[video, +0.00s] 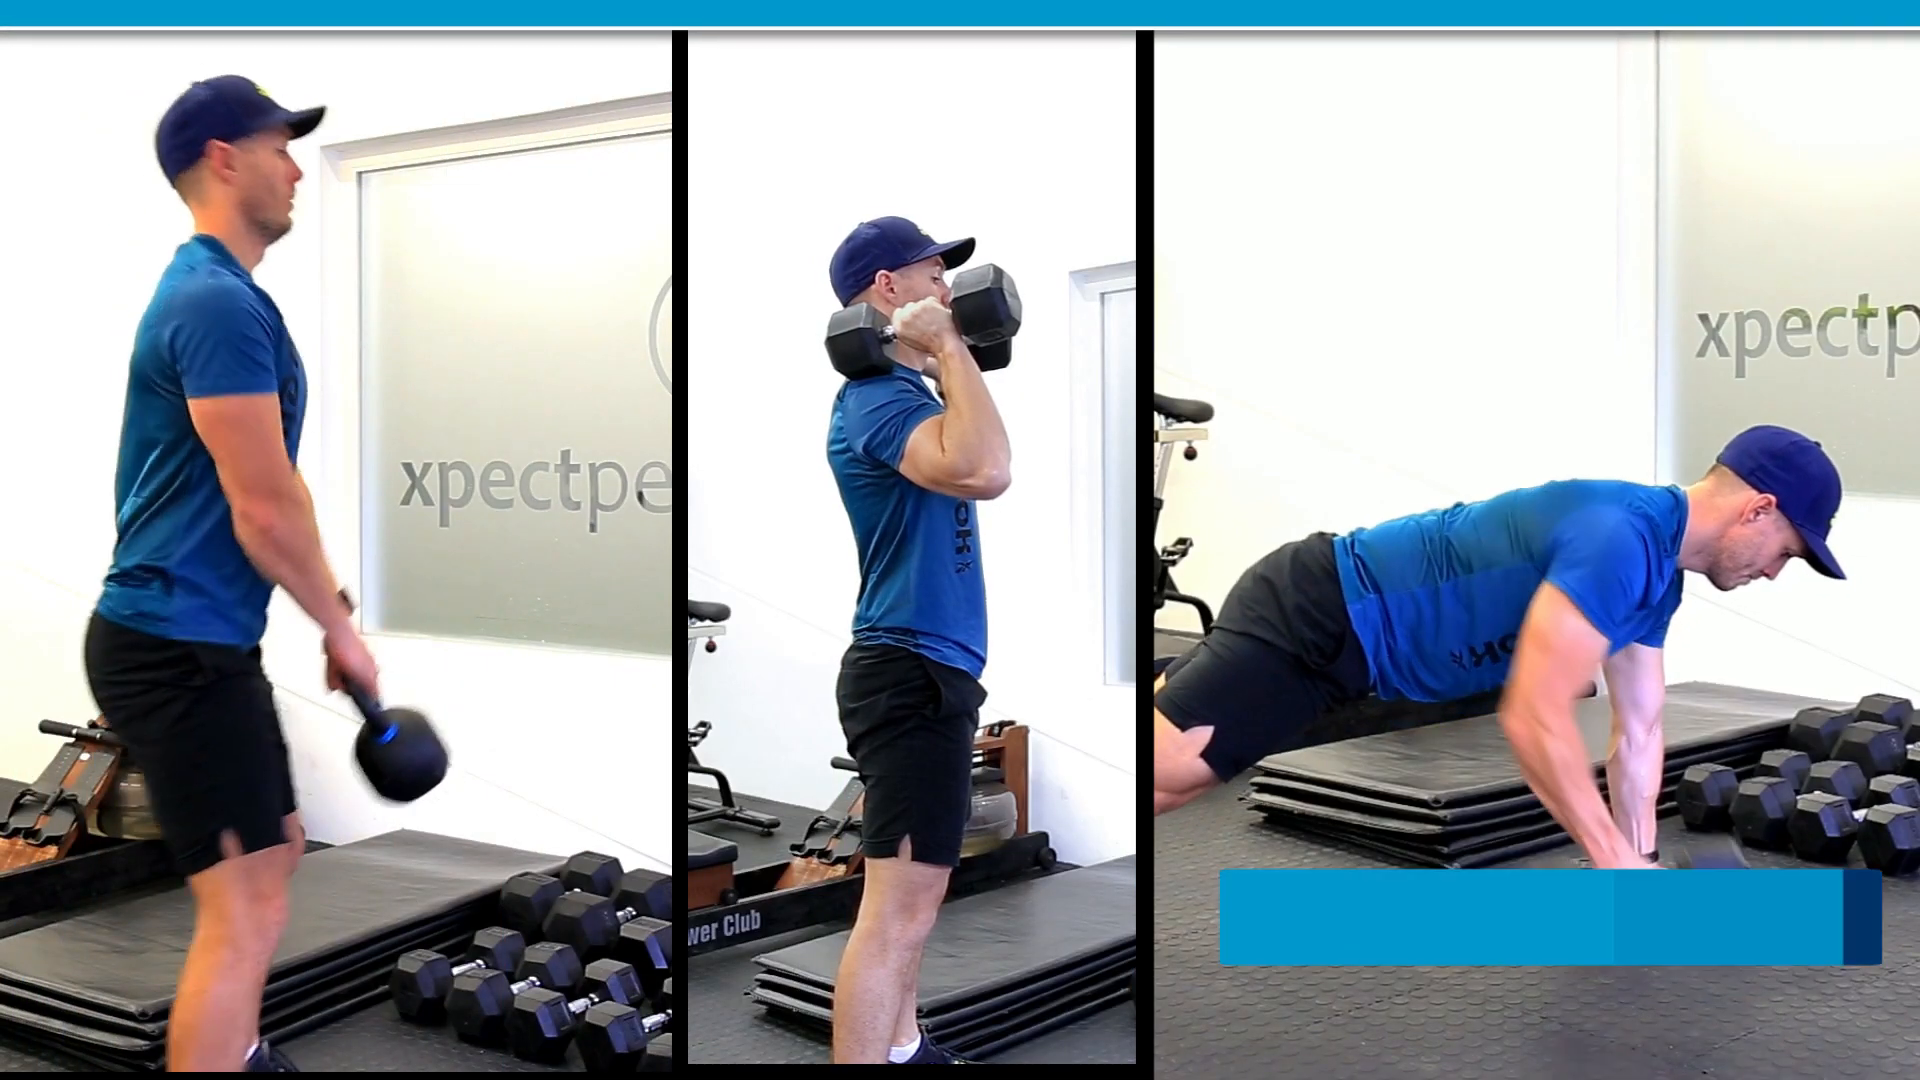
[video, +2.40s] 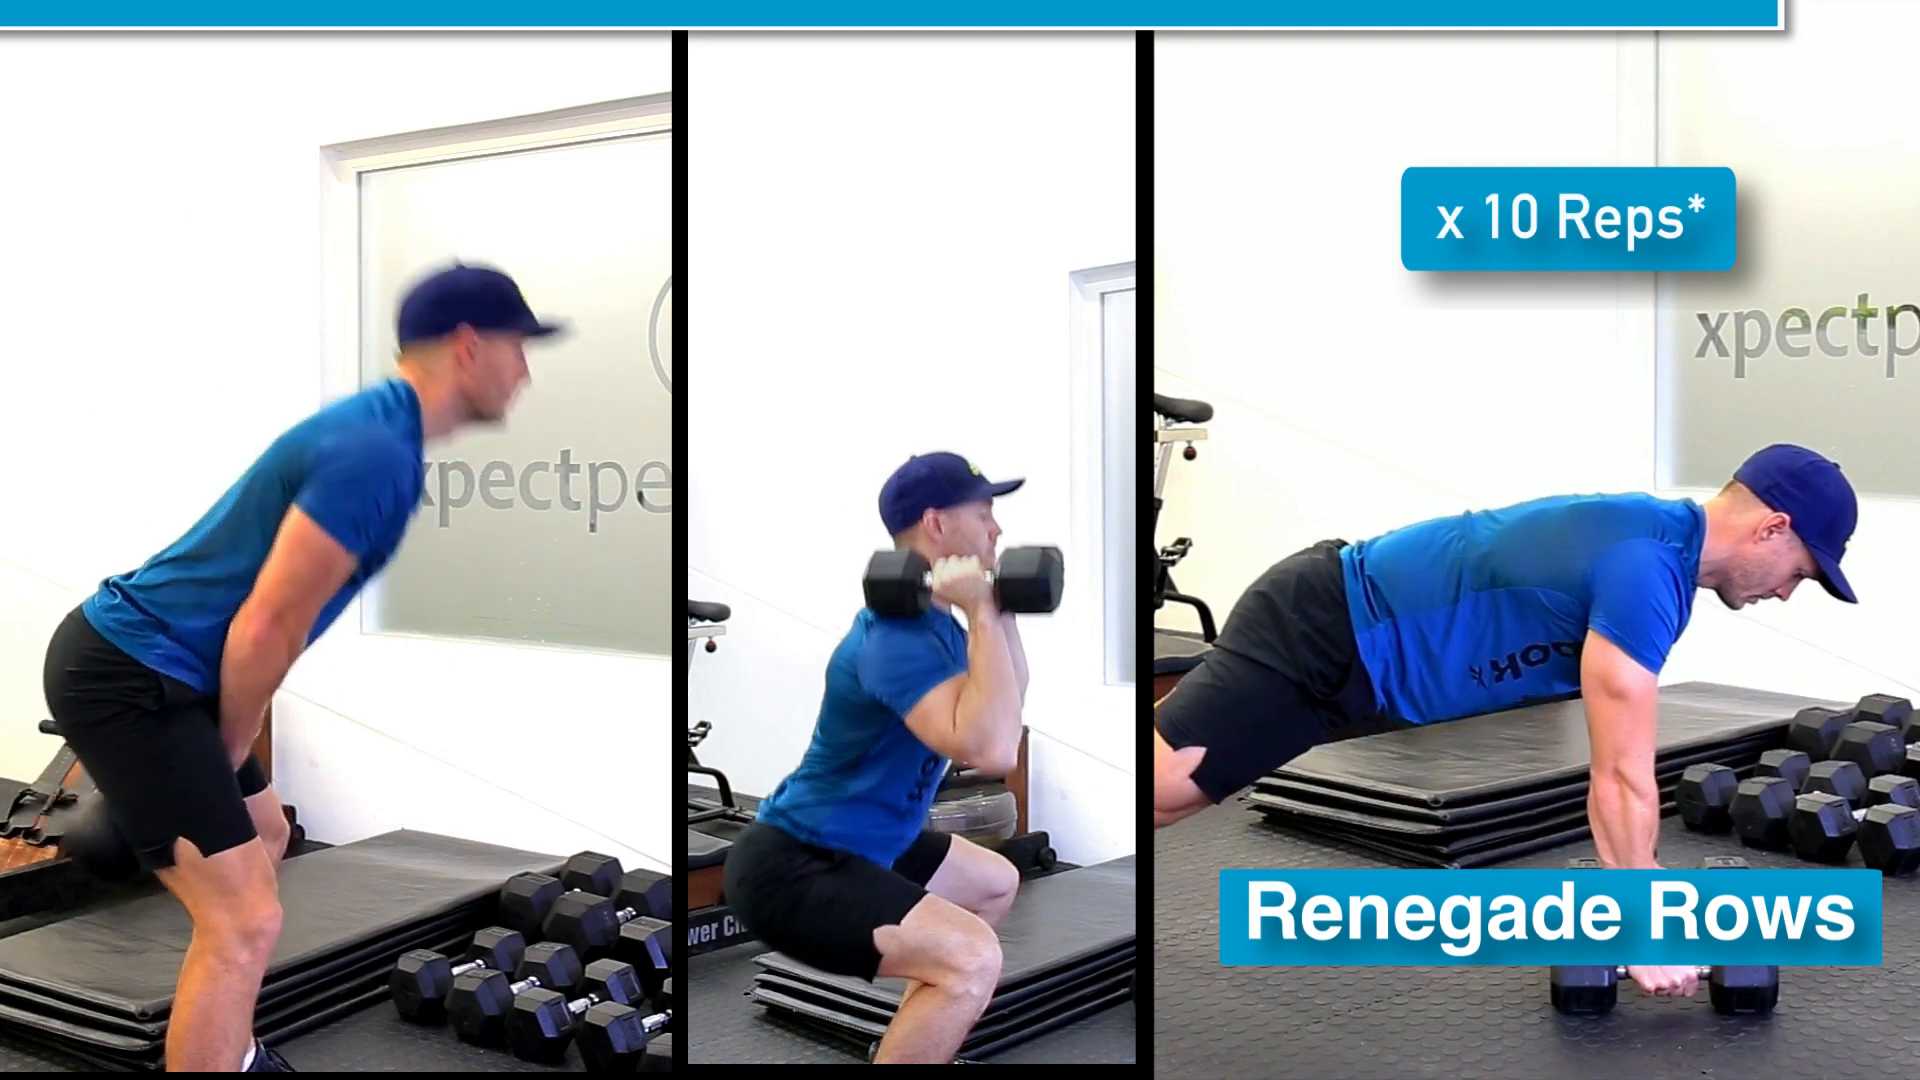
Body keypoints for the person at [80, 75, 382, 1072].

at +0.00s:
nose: (299, 167)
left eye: (293, 148)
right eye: (281, 146)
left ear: (223, 164)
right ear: (222, 160)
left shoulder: (226, 293)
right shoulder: (214, 301)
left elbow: (272, 497)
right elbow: (262, 509)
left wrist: (336, 618)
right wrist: (339, 629)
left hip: (204, 636)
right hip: (171, 642)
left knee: (274, 847)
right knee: (240, 904)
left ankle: (224, 1040)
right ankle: (208, 1068)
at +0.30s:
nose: (429, 267)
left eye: (427, 246)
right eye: (414, 244)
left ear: (356, 249)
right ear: (354, 244)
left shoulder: (310, 370)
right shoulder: (291, 373)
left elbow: (264, 563)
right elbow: (240, 579)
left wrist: (256, 699)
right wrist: (256, 712)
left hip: (144, 654)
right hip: (105, 653)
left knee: (210, 894)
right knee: (185, 912)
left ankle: (219, 1061)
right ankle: (178, 1074)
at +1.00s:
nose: (309, 195)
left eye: (309, 175)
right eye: (297, 171)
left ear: (233, 174)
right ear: (234, 168)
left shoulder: (200, 289)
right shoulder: (198, 298)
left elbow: (253, 489)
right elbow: (258, 497)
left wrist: (334, 588)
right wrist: (345, 592)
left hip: (205, 630)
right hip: (195, 637)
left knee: (233, 878)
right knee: (223, 907)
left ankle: (226, 1055)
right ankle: (193, 1074)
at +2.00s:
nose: (441, 282)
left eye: (439, 261)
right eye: (425, 259)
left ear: (368, 266)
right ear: (367, 261)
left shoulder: (318, 382)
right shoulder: (312, 393)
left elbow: (272, 587)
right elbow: (264, 599)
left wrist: (279, 713)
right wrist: (277, 734)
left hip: (166, 673)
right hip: (128, 676)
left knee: (262, 859)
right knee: (247, 923)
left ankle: (222, 1041)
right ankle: (205, 1062)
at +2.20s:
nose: (535, 401)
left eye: (536, 379)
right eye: (526, 376)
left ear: (468, 381)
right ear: (473, 380)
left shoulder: (387, 467)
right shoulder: (379, 488)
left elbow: (264, 650)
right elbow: (249, 660)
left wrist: (247, 779)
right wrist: (203, 779)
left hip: (163, 674)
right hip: (118, 685)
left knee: (273, 835)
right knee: (251, 928)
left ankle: (218, 1033)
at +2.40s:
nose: (528, 367)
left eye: (528, 347)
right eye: (517, 346)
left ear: (461, 350)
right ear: (465, 348)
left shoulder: (378, 437)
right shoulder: (376, 453)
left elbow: (269, 630)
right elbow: (262, 630)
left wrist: (252, 780)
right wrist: (223, 772)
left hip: (149, 660)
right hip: (129, 669)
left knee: (253, 882)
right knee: (241, 925)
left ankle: (225, 1049)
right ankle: (207, 1063)